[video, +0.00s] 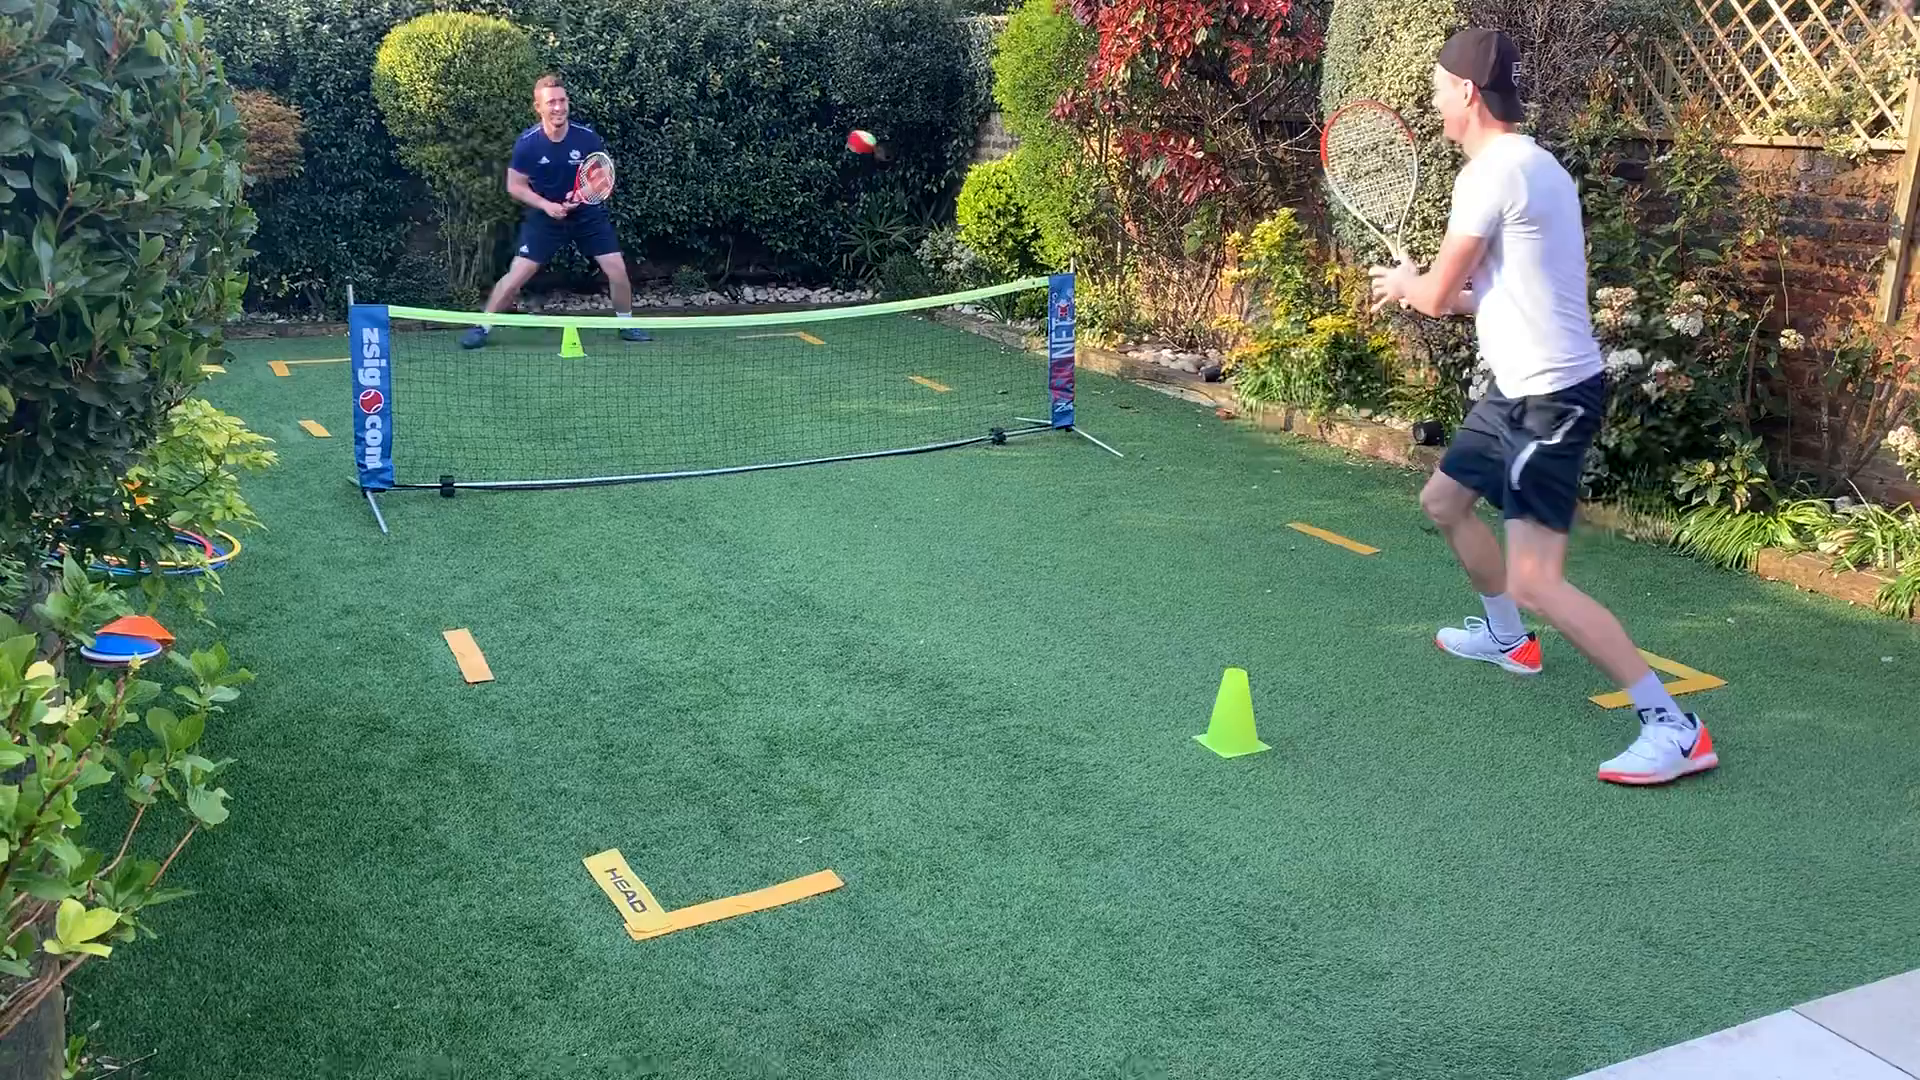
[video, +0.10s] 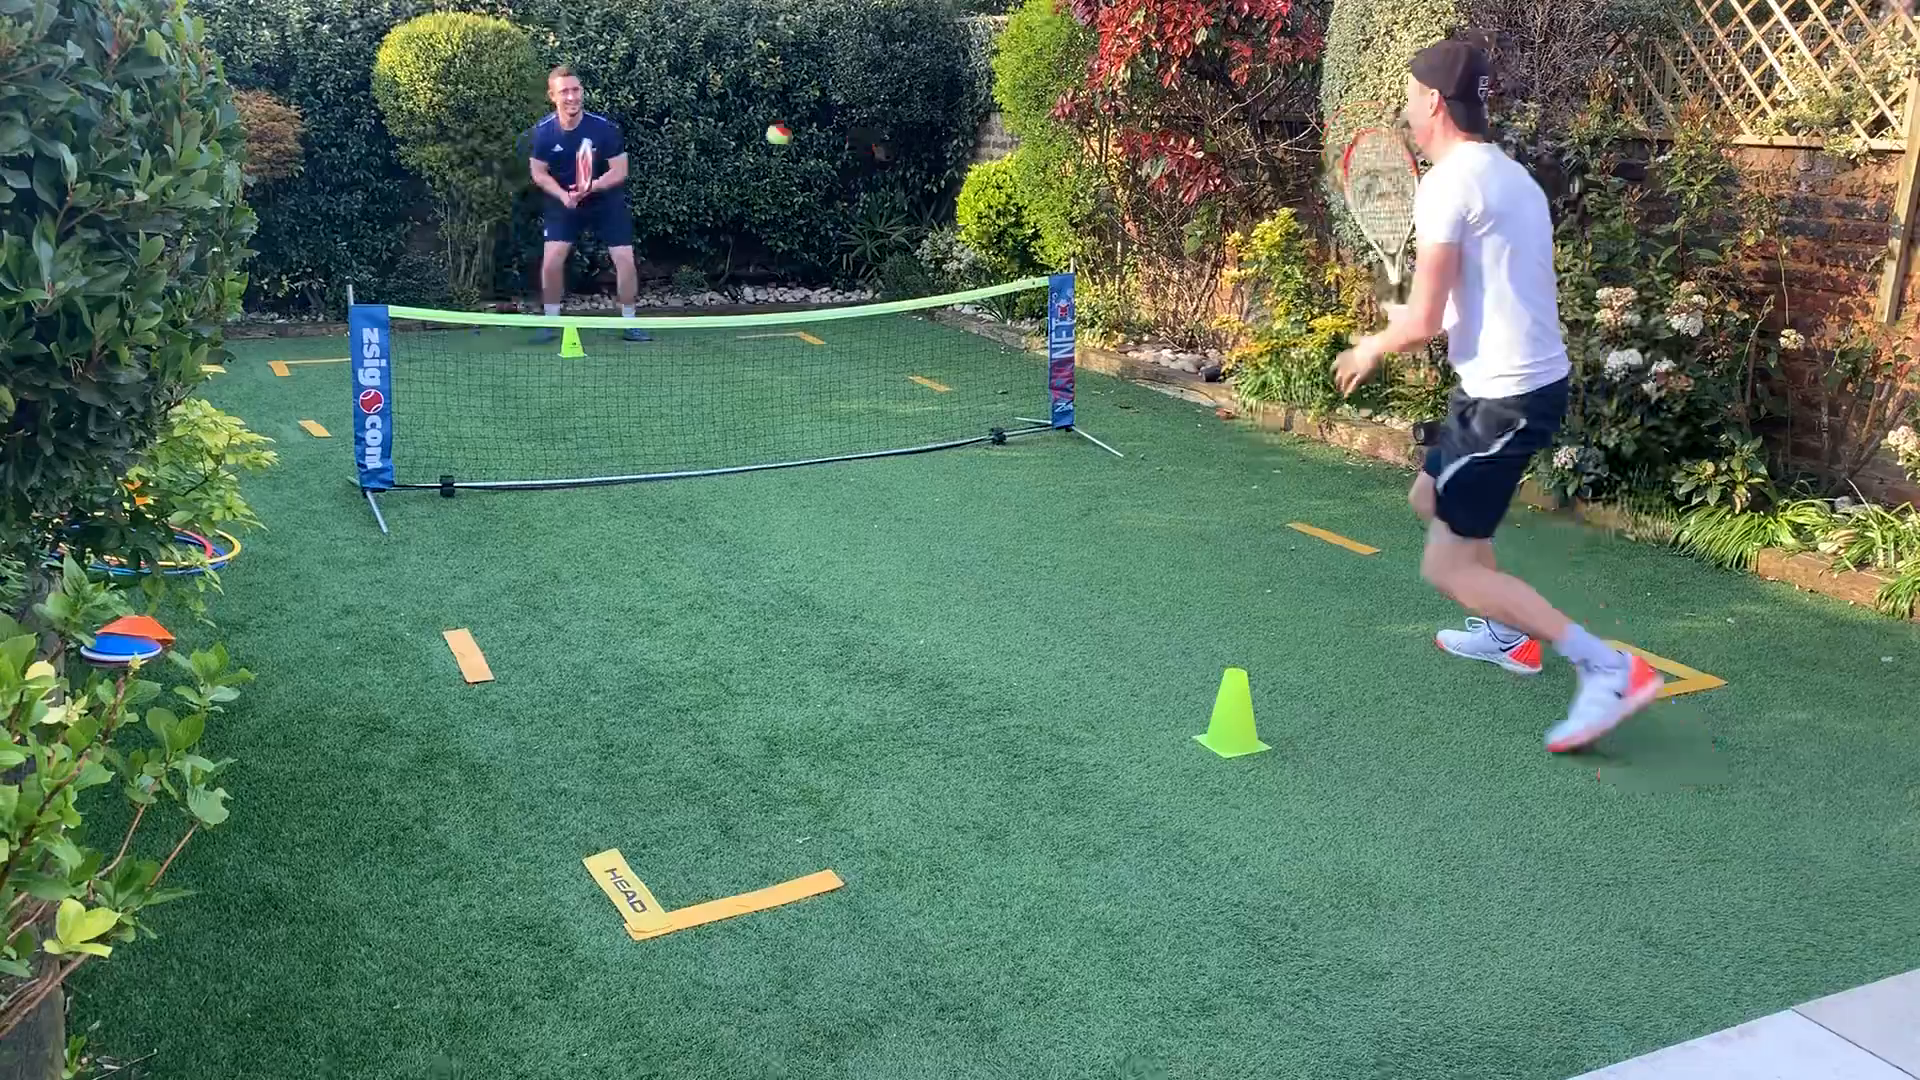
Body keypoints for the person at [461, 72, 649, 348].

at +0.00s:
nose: (558, 107)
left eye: (562, 101)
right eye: (551, 102)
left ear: (568, 103)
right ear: (538, 107)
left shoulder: (588, 139)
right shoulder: (527, 144)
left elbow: (604, 179)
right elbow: (515, 186)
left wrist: (584, 193)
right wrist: (546, 206)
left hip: (589, 216)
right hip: (547, 218)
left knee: (618, 271)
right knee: (517, 275)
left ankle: (626, 324)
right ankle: (483, 326)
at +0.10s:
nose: (571, 97)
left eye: (575, 90)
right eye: (564, 92)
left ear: (582, 93)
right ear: (553, 97)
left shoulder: (605, 129)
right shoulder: (543, 132)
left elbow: (620, 172)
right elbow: (538, 173)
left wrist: (592, 186)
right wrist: (562, 194)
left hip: (606, 201)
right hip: (564, 202)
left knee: (625, 257)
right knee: (553, 258)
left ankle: (630, 323)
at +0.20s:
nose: (581, 92)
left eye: (585, 86)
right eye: (574, 88)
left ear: (595, 86)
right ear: (565, 91)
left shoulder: (615, 120)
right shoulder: (559, 122)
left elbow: (630, 169)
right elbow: (558, 156)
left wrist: (591, 183)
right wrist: (566, 184)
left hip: (620, 191)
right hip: (583, 195)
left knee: (635, 255)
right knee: (588, 259)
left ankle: (649, 307)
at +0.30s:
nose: (590, 104)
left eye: (595, 96)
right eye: (584, 98)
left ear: (606, 95)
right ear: (577, 100)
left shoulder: (624, 128)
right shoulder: (575, 128)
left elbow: (640, 176)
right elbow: (572, 165)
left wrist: (598, 188)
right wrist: (570, 192)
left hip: (636, 199)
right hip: (607, 204)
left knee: (650, 261)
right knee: (618, 265)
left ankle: (680, 315)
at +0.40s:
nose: (591, 118)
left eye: (596, 110)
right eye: (585, 113)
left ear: (610, 105)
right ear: (580, 113)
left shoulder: (632, 140)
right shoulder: (589, 138)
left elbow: (643, 186)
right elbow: (586, 173)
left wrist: (603, 194)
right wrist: (569, 202)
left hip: (653, 204)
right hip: (625, 206)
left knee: (657, 268)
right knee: (616, 265)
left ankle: (685, 320)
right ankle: (660, 310)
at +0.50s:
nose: (585, 125)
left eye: (589, 118)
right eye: (580, 120)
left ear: (605, 109)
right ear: (576, 118)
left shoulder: (628, 138)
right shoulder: (592, 141)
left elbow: (641, 185)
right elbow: (594, 176)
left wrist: (607, 196)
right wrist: (570, 205)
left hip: (658, 201)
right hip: (628, 202)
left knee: (662, 266)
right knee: (611, 256)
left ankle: (686, 320)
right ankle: (637, 311)